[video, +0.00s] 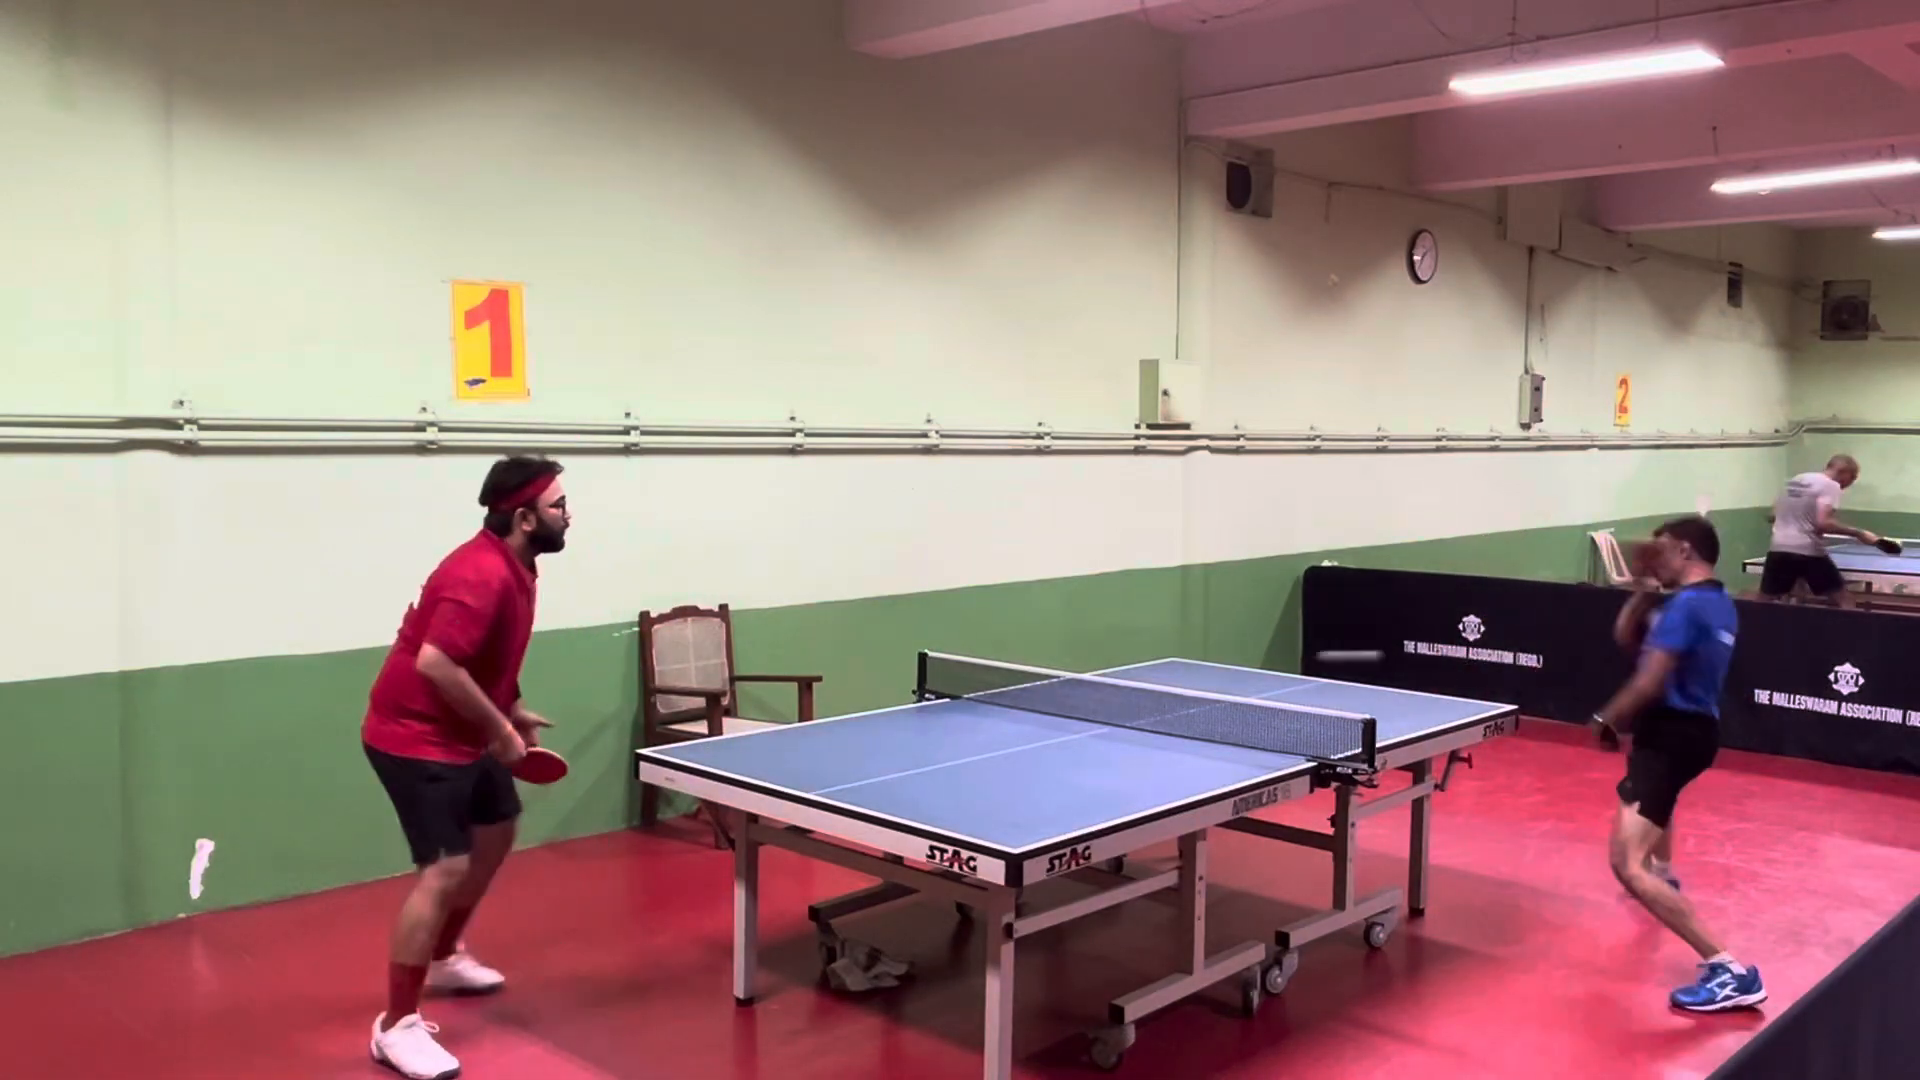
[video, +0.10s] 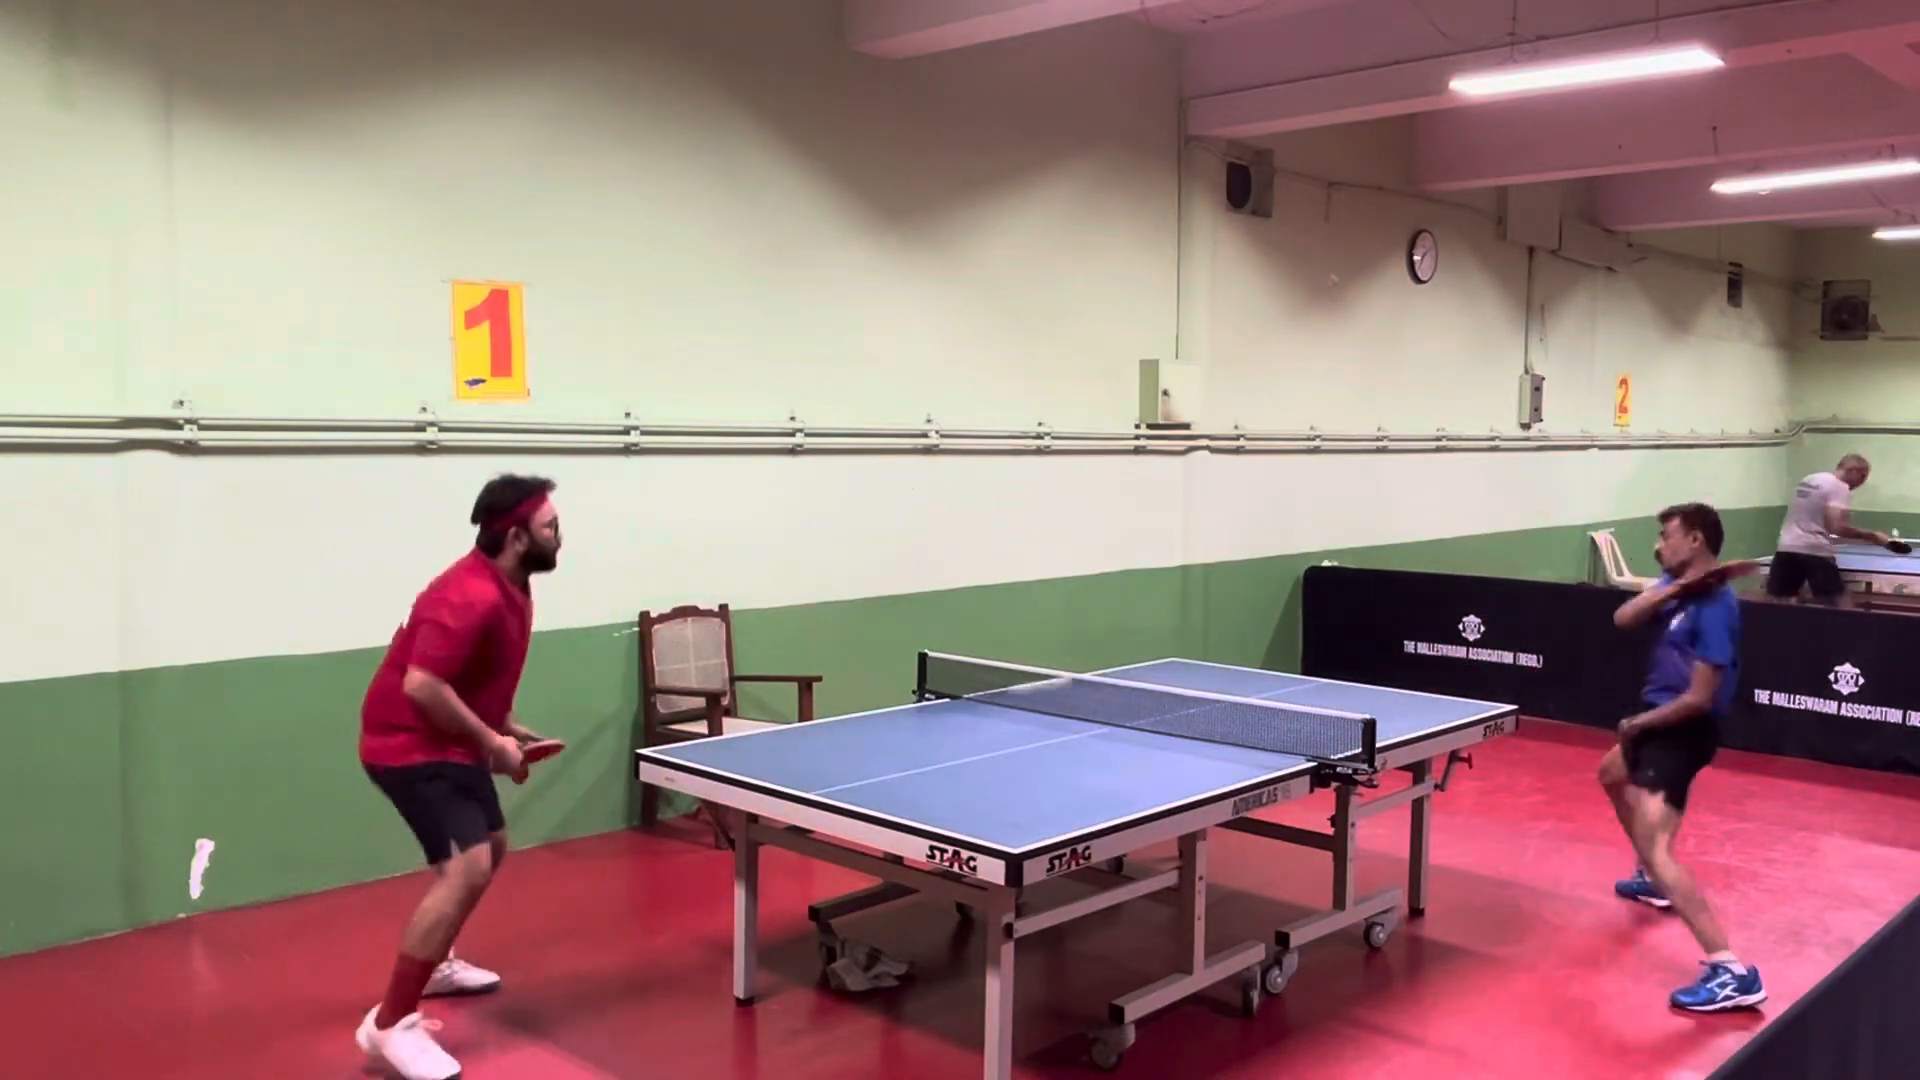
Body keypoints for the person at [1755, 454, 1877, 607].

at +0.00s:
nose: (1849, 485)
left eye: (1852, 481)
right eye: (1851, 479)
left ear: (1830, 466)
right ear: (1843, 472)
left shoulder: (1796, 480)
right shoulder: (1831, 486)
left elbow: (1775, 514)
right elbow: (1823, 522)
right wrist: (1859, 534)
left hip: (1779, 554)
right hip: (1809, 555)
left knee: (1763, 604)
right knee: (1842, 600)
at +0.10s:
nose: (1861, 483)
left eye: (1864, 479)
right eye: (1862, 477)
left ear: (1842, 466)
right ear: (1853, 470)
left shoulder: (1809, 480)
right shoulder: (1839, 487)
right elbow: (1836, 527)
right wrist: (1873, 536)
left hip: (1787, 552)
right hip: (1816, 555)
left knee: (1776, 608)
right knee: (1838, 608)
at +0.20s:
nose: (1877, 482)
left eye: (1879, 478)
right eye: (1878, 477)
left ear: (1856, 466)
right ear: (1869, 471)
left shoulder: (1825, 478)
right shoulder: (1861, 493)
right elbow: (1857, 540)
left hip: (1797, 549)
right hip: (1826, 553)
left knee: (1779, 598)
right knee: (1847, 605)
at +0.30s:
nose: (1893, 478)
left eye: (1894, 475)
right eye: (1893, 474)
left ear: (1871, 465)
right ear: (1888, 474)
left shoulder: (1837, 475)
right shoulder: (1880, 499)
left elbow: (1816, 504)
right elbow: (1862, 523)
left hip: (1805, 548)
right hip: (1837, 556)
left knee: (1783, 595)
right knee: (1860, 603)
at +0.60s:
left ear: (1871, 465)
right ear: (1892, 472)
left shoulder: (1843, 476)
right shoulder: (1892, 498)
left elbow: (1818, 507)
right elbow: (1879, 537)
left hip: (1817, 547)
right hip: (1852, 554)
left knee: (1789, 597)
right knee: (1869, 609)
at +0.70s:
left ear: (1861, 466)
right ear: (1883, 473)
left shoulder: (1835, 481)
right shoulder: (1885, 498)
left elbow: (1815, 514)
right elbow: (1885, 541)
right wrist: (1868, 553)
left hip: (1816, 549)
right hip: (1851, 556)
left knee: (1789, 596)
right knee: (1866, 607)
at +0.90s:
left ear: (1835, 467)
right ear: (1858, 472)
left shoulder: (1811, 484)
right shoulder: (1864, 494)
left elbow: (1795, 520)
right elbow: (1872, 538)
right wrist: (1856, 555)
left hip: (1802, 554)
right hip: (1836, 559)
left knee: (1784, 600)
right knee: (1858, 605)